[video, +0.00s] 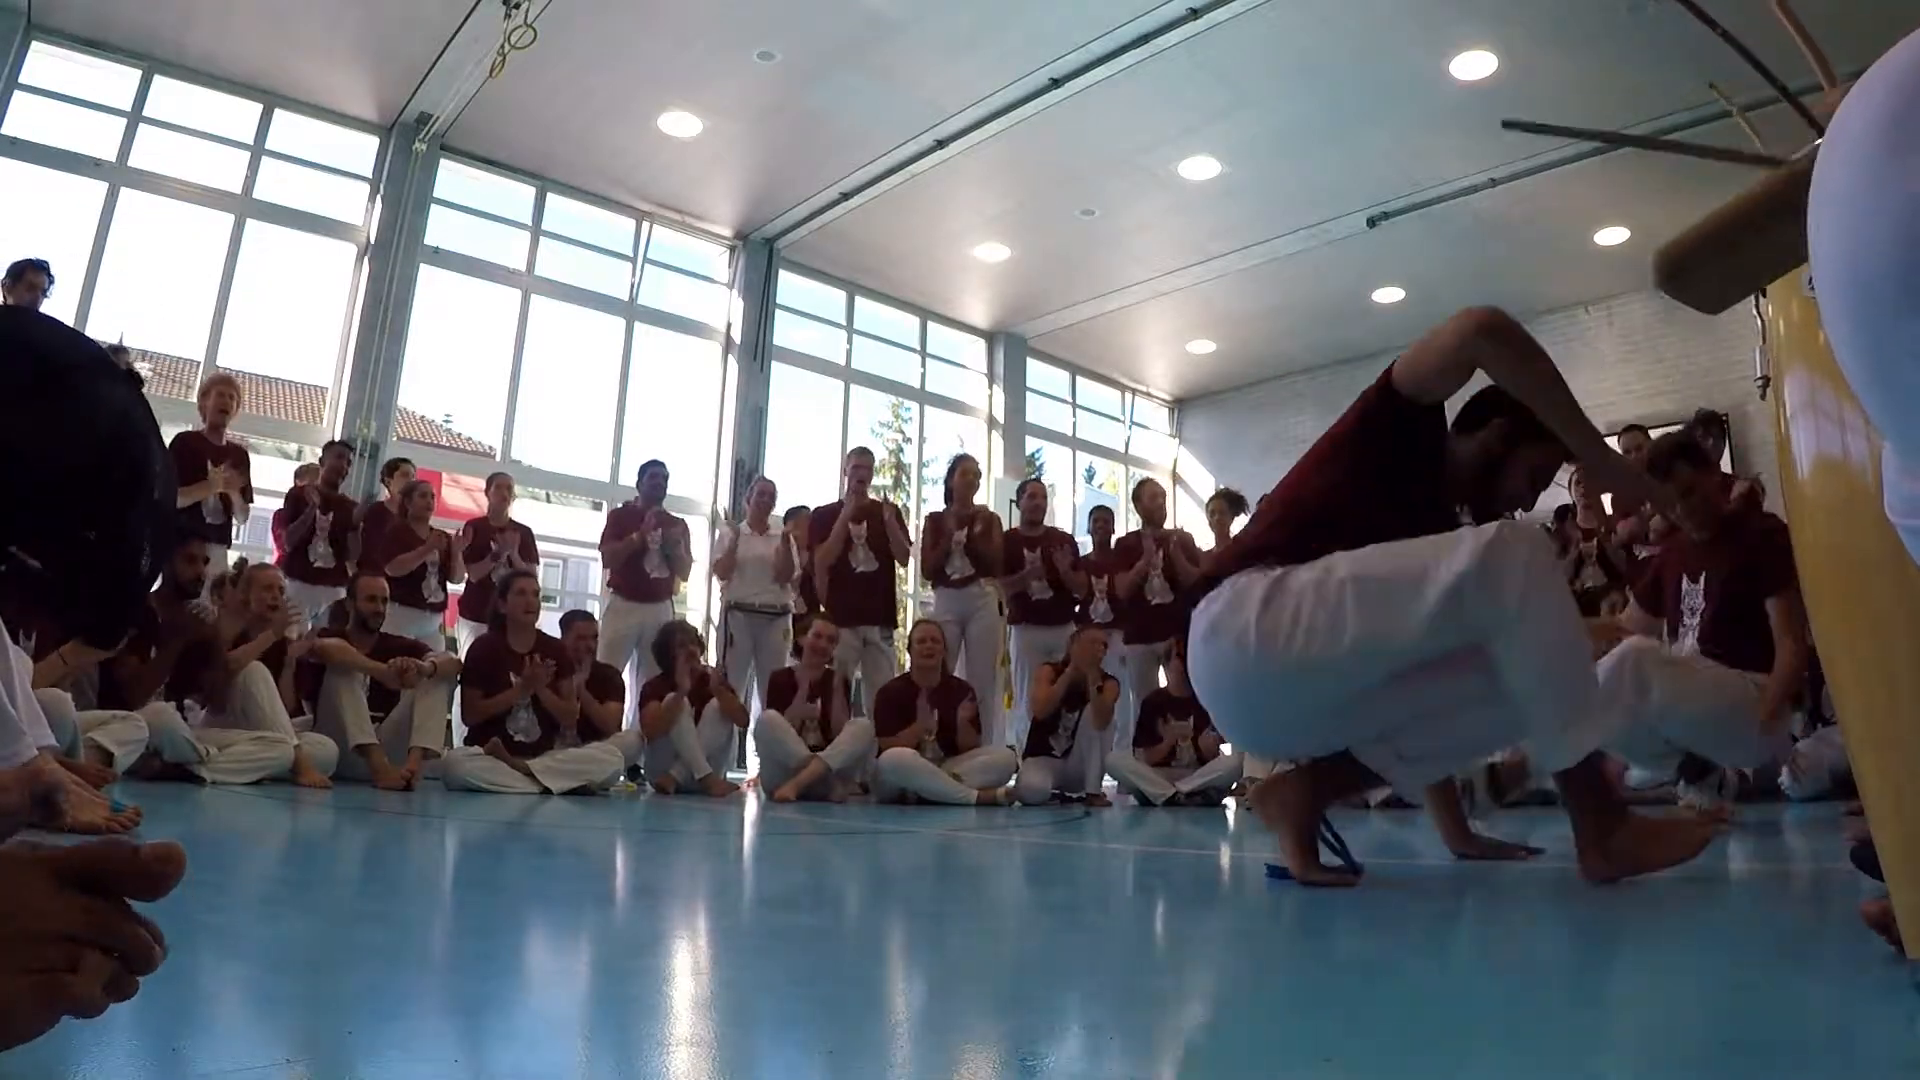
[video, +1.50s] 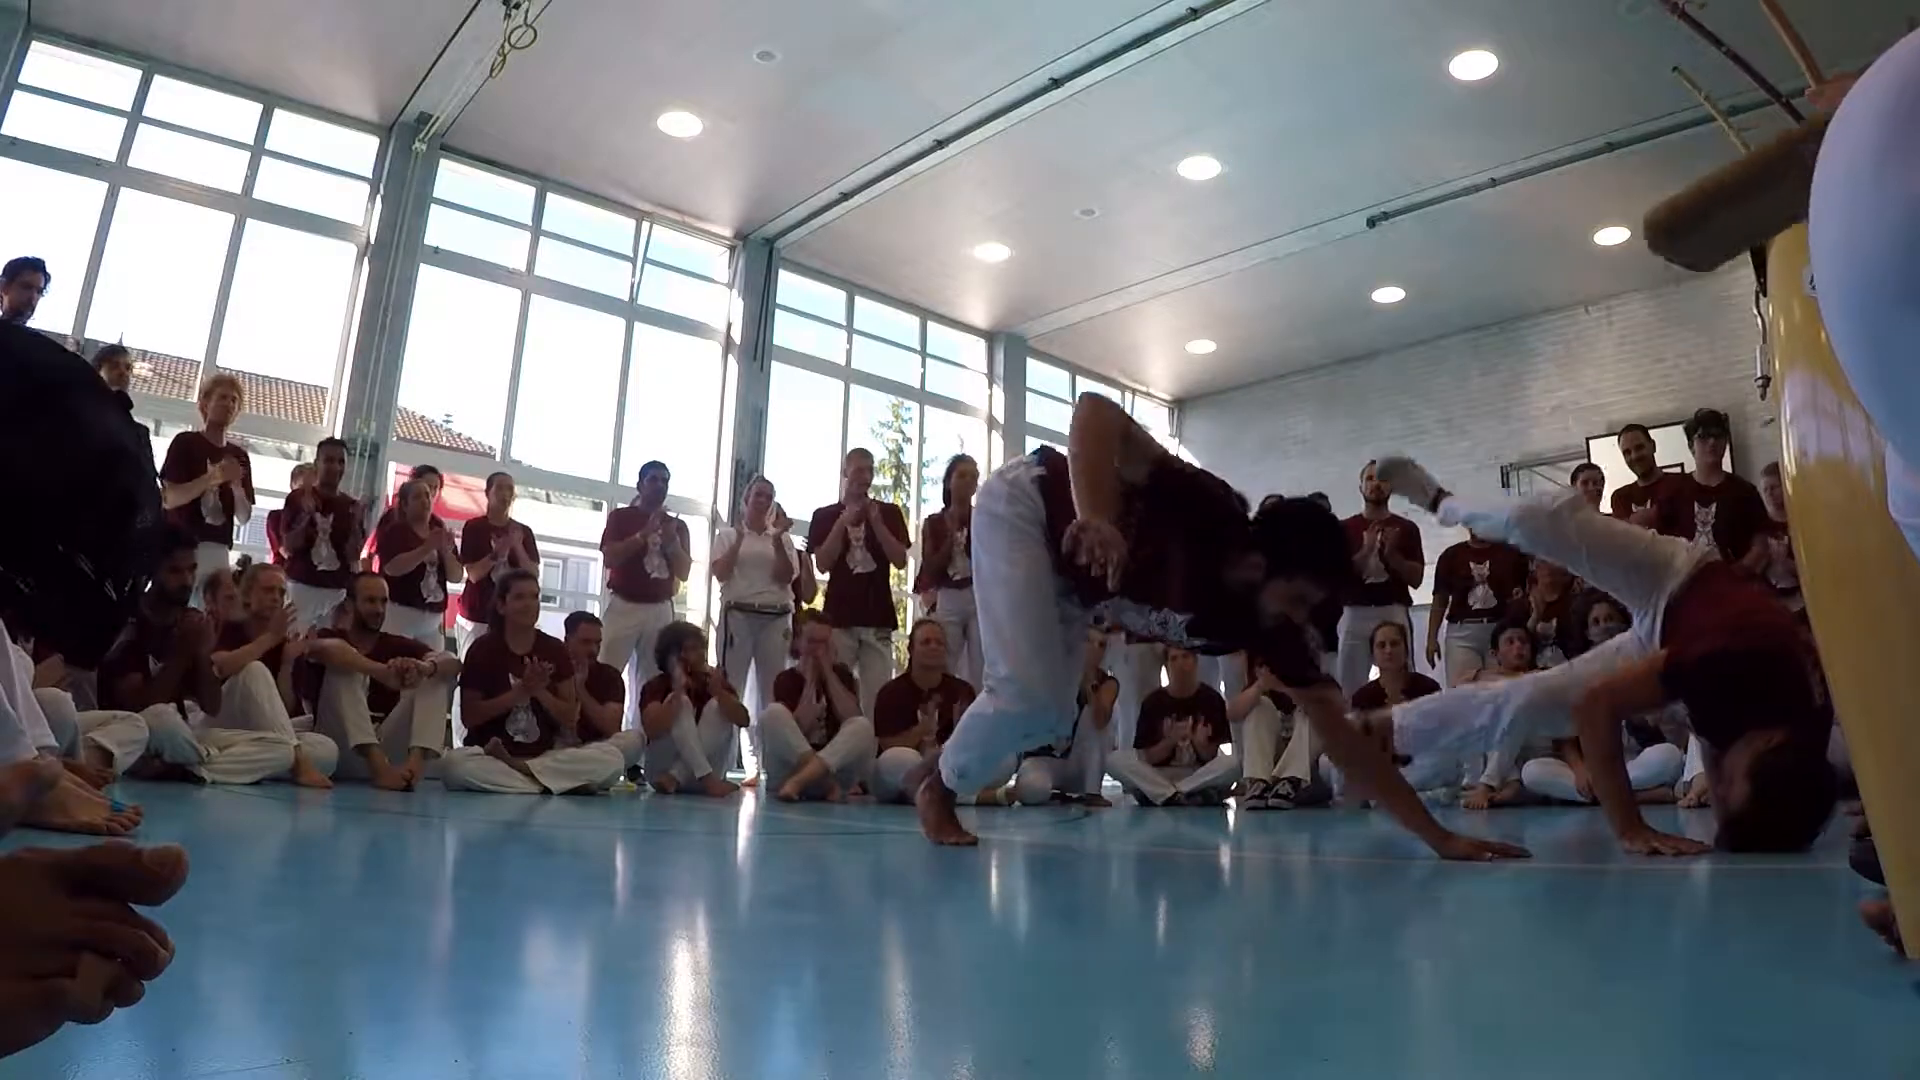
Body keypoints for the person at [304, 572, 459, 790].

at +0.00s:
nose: (380, 608)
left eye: (384, 601)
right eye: (371, 600)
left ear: (389, 604)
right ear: (351, 603)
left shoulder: (395, 644)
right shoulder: (327, 637)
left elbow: (454, 663)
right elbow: (325, 649)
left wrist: (426, 667)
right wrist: (382, 672)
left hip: (386, 752)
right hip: (336, 750)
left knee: (437, 673)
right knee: (343, 664)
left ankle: (414, 764)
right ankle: (379, 766)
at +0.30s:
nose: (380, 608)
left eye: (384, 601)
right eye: (371, 600)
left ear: (389, 603)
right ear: (352, 603)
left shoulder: (397, 644)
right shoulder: (329, 638)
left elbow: (455, 663)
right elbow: (320, 648)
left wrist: (426, 667)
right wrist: (383, 672)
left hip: (387, 752)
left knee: (437, 673)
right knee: (342, 663)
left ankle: (414, 764)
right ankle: (379, 766)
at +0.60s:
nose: (380, 608)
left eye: (385, 601)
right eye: (371, 601)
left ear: (389, 603)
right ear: (352, 603)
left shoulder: (396, 644)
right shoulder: (329, 637)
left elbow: (455, 663)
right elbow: (319, 648)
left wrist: (427, 667)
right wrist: (383, 672)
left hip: (387, 752)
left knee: (438, 673)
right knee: (342, 664)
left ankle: (414, 764)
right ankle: (379, 766)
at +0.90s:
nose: (380, 608)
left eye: (385, 601)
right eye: (371, 601)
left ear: (389, 604)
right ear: (352, 603)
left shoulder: (396, 644)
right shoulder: (328, 637)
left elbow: (455, 663)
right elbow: (319, 649)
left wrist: (427, 668)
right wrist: (382, 671)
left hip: (388, 751)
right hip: (337, 750)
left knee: (438, 673)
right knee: (342, 663)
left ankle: (414, 763)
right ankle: (379, 765)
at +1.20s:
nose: (379, 609)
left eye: (384, 602)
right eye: (371, 601)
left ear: (389, 603)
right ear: (351, 603)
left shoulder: (395, 643)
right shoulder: (328, 638)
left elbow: (455, 663)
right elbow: (328, 649)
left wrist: (428, 667)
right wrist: (381, 670)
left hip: (387, 751)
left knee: (439, 674)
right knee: (342, 663)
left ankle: (414, 762)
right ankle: (378, 764)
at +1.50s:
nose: (379, 609)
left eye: (384, 601)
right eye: (370, 601)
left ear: (389, 602)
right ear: (351, 603)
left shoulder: (394, 643)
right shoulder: (328, 638)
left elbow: (453, 663)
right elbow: (325, 649)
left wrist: (425, 667)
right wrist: (382, 672)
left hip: (387, 750)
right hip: (338, 749)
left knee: (437, 674)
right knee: (342, 661)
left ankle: (416, 762)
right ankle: (378, 764)